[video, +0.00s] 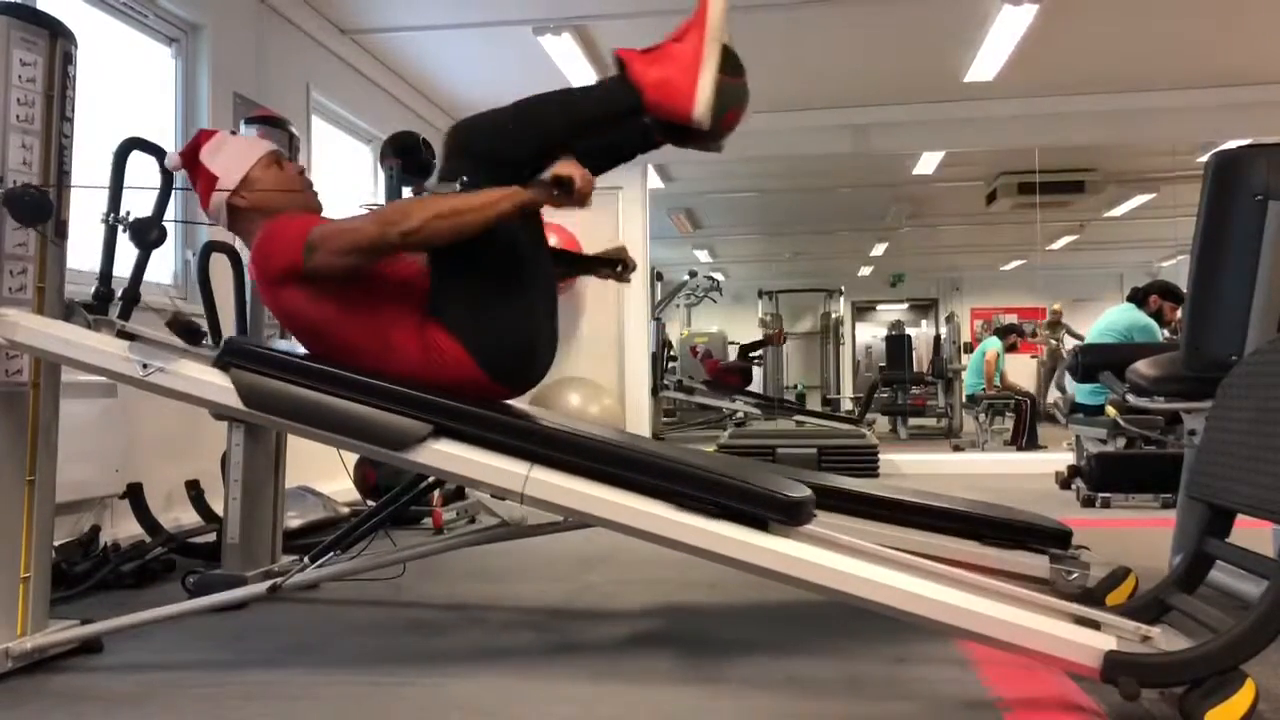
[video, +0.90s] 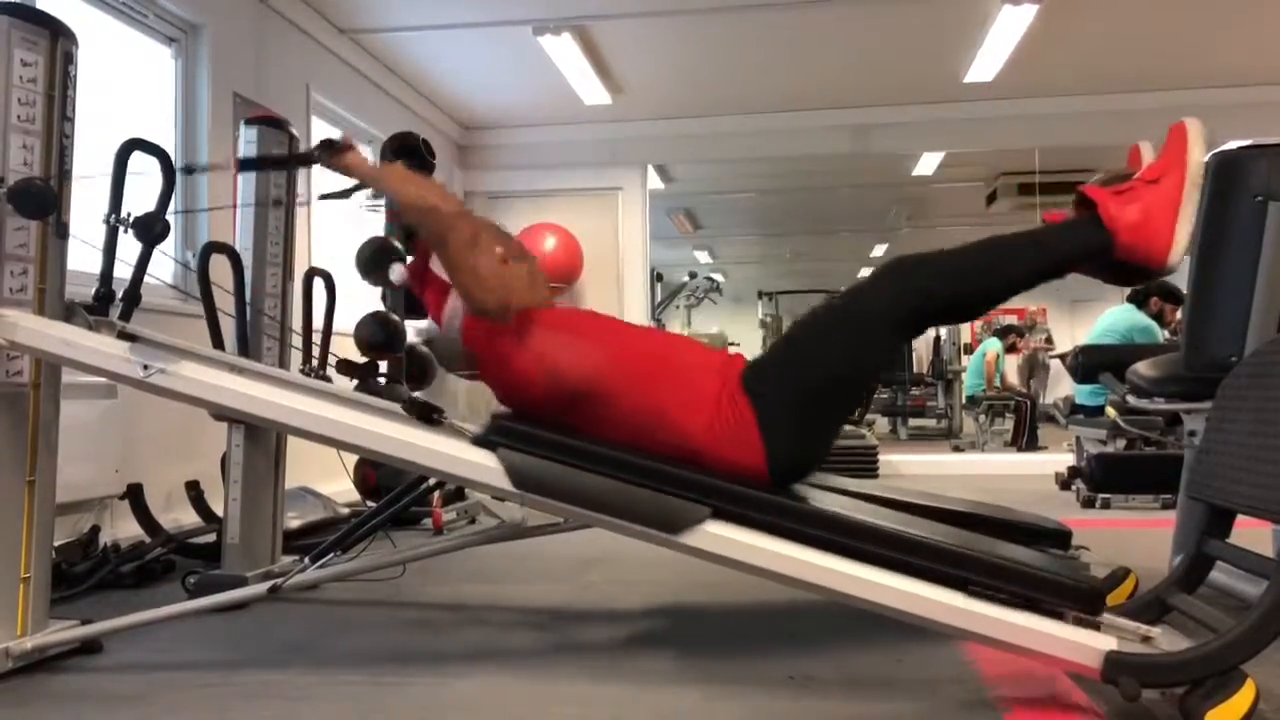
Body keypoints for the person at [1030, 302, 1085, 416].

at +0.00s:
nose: (1054, 316)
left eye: (1056, 314)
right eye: (1052, 313)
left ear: (1061, 315)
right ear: (1049, 314)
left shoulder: (1063, 326)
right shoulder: (1045, 325)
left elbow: (1074, 334)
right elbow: (1042, 337)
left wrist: (1085, 340)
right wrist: (1050, 342)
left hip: (1061, 356)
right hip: (1049, 356)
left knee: (1059, 383)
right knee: (1045, 384)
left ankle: (1069, 401)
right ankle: (1042, 407)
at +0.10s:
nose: (1049, 318)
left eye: (1052, 316)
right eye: (1048, 316)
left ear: (1056, 318)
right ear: (1044, 316)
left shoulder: (1058, 329)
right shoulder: (1036, 327)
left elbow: (1070, 338)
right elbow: (1027, 340)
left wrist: (1080, 343)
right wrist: (1036, 344)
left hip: (1055, 359)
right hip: (1041, 359)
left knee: (1055, 385)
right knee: (1038, 386)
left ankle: (1066, 398)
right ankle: (1038, 409)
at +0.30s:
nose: (1040, 318)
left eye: (1043, 315)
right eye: (1037, 315)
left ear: (1048, 317)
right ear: (1033, 316)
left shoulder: (1051, 329)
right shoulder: (1028, 328)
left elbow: (1058, 341)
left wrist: (1066, 351)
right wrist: (1031, 346)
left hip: (1048, 360)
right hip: (1032, 361)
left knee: (1045, 380)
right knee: (1032, 387)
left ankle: (1054, 397)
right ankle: (1034, 407)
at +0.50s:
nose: (1035, 320)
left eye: (1038, 317)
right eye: (1033, 317)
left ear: (1043, 318)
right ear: (1030, 317)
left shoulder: (1048, 329)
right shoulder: (1025, 329)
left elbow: (1054, 342)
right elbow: (1019, 341)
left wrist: (1055, 351)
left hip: (1044, 359)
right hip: (1029, 359)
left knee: (1038, 382)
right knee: (1029, 385)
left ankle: (1041, 404)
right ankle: (1031, 407)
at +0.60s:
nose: (1033, 319)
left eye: (1036, 316)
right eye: (1031, 316)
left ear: (1040, 318)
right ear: (1028, 316)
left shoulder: (1046, 330)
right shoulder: (1024, 329)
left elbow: (1054, 345)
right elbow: (1018, 343)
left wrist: (1047, 350)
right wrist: (1026, 348)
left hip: (1043, 360)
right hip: (1028, 361)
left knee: (1035, 386)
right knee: (1028, 387)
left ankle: (1036, 412)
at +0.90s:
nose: (1032, 317)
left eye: (1034, 314)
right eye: (1030, 314)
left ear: (1038, 316)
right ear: (1026, 316)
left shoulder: (1044, 330)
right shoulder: (1021, 329)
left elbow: (1052, 346)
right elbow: (1014, 344)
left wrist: (1037, 347)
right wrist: (1025, 347)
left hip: (1041, 363)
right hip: (1025, 363)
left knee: (1038, 391)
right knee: (1024, 390)